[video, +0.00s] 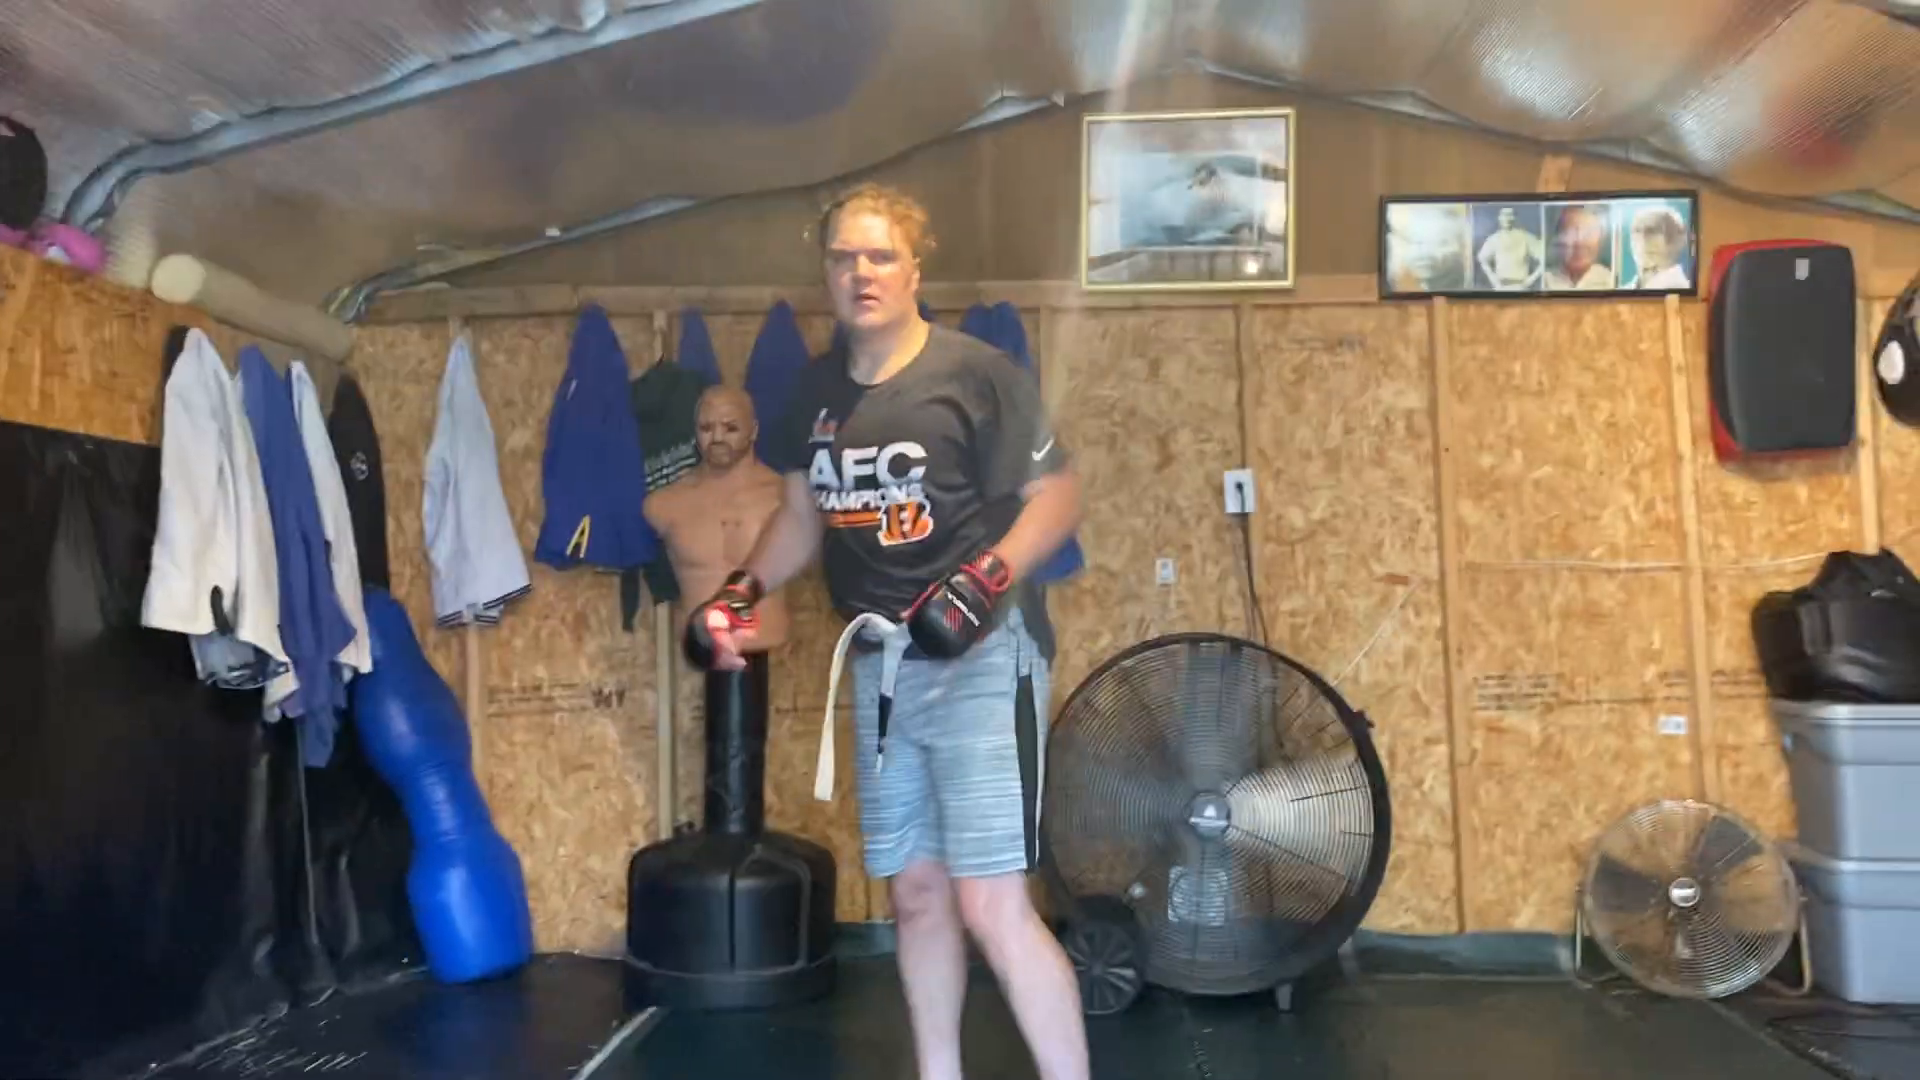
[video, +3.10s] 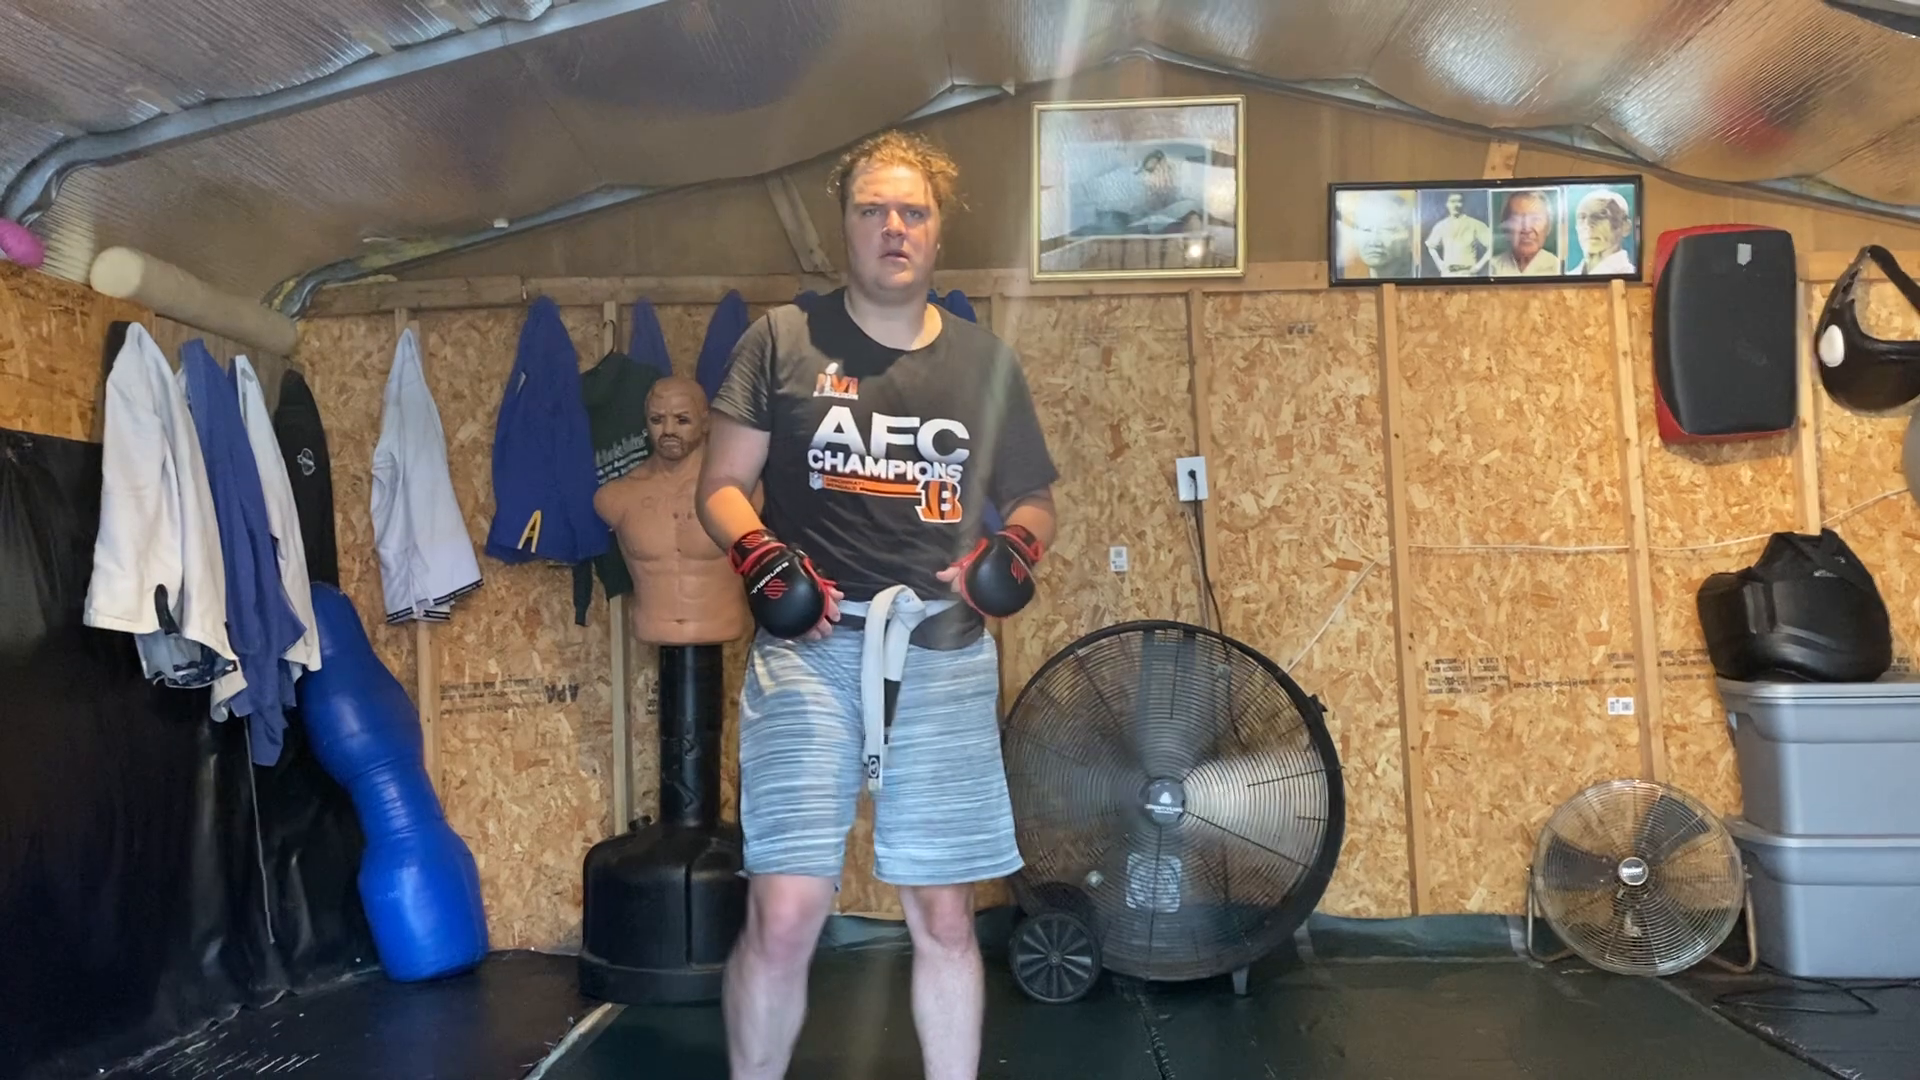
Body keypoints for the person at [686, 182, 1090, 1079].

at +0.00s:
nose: (861, 274)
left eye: (880, 258)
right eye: (844, 259)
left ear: (915, 272)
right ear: (825, 276)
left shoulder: (981, 374)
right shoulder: (819, 390)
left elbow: (1058, 495)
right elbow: (800, 517)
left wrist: (985, 578)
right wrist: (742, 592)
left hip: (979, 659)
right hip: (880, 665)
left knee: (990, 896)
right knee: (917, 892)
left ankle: (1070, 1074)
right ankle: (940, 1076)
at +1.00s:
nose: (908, 256)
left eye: (928, 241)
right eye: (890, 240)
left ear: (954, 262)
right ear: (864, 259)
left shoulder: (1002, 377)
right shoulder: (806, 368)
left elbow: (1058, 513)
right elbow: (772, 496)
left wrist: (1005, 550)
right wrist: (788, 550)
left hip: (969, 660)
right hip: (840, 655)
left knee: (1003, 897)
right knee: (805, 902)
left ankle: (1032, 1074)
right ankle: (817, 1071)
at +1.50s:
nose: (776, 239)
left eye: (793, 222)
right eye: (755, 223)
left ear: (821, 239)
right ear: (725, 241)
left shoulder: (886, 355)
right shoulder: (676, 369)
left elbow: (946, 484)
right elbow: (635, 511)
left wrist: (917, 550)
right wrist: (671, 570)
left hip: (886, 653)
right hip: (750, 658)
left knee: (952, 899)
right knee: (766, 922)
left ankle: (1006, 1074)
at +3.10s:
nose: (895, 228)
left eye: (914, 213)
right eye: (876, 210)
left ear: (939, 235)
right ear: (844, 229)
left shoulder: (985, 362)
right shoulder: (782, 341)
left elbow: (1030, 496)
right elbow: (724, 483)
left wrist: (1012, 554)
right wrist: (761, 557)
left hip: (943, 655)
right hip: (806, 648)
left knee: (945, 914)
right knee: (788, 913)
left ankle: (953, 1079)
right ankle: (752, 1076)